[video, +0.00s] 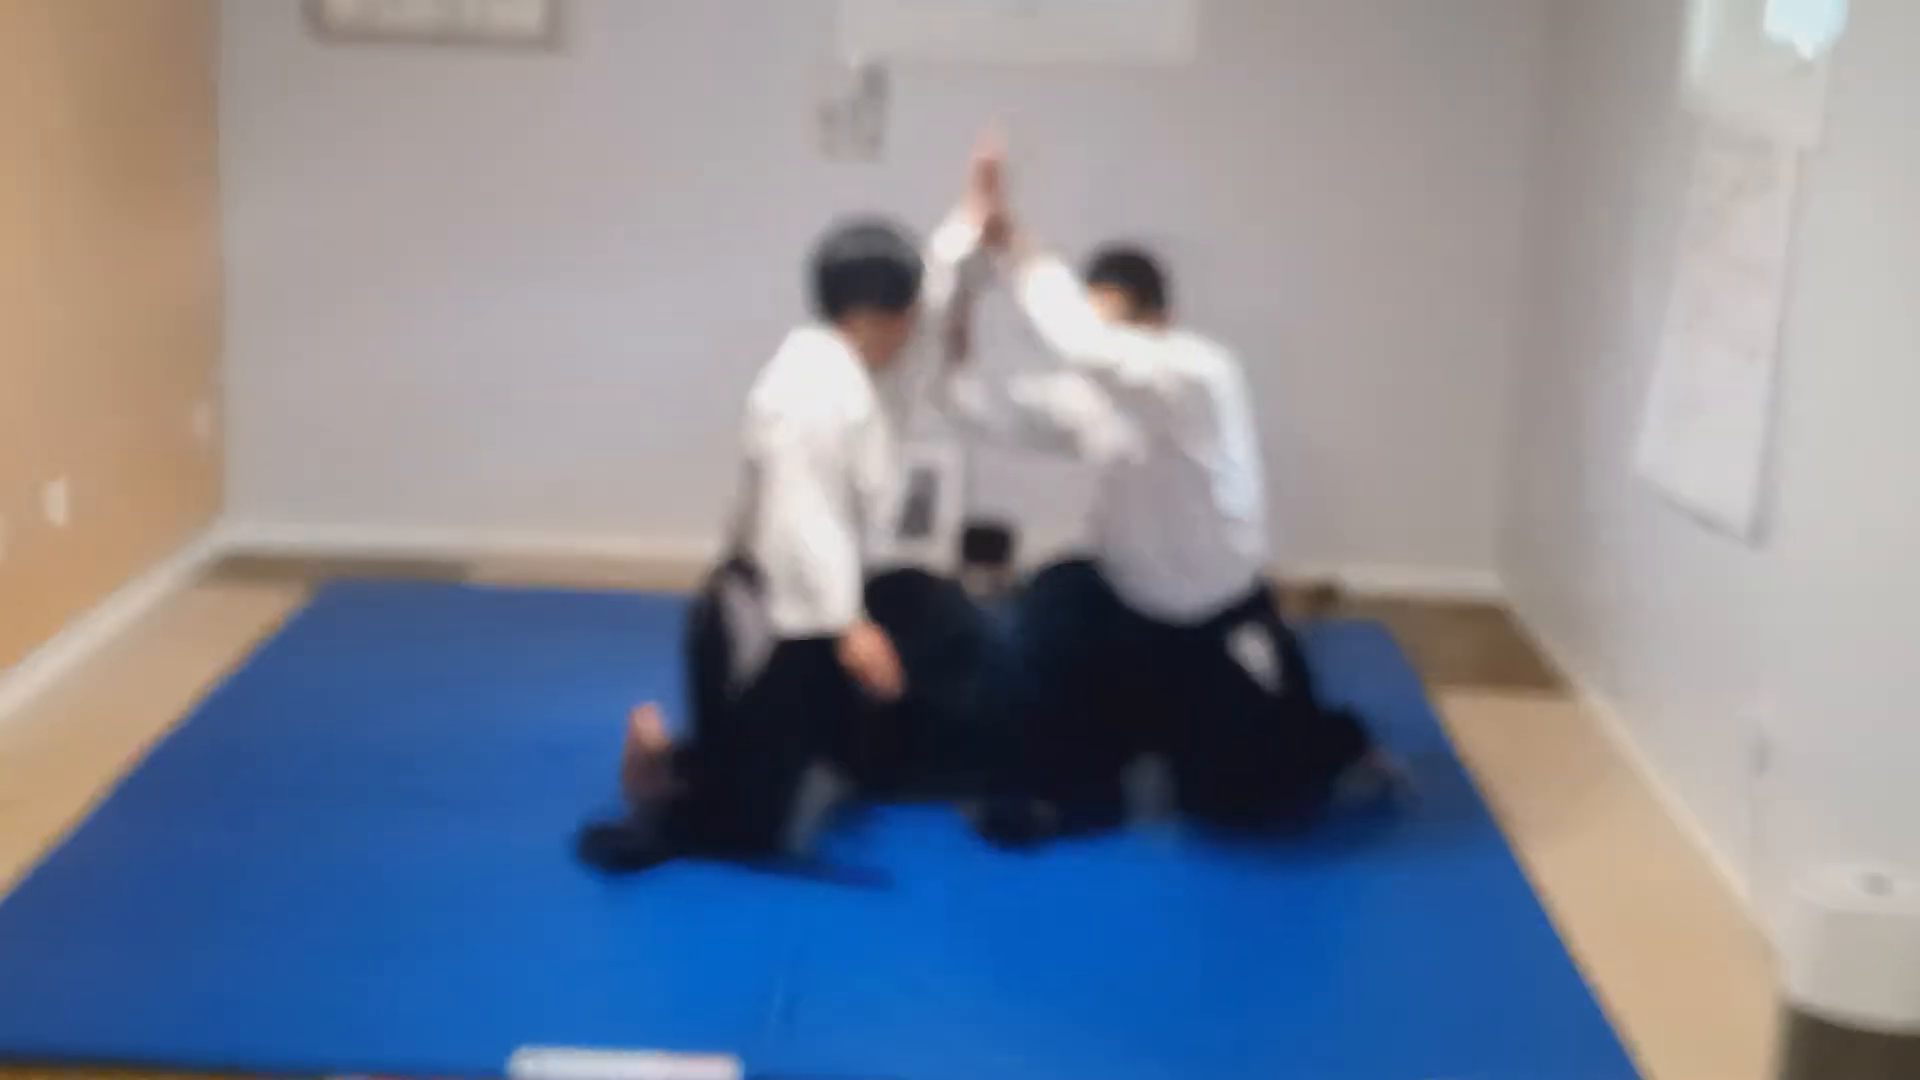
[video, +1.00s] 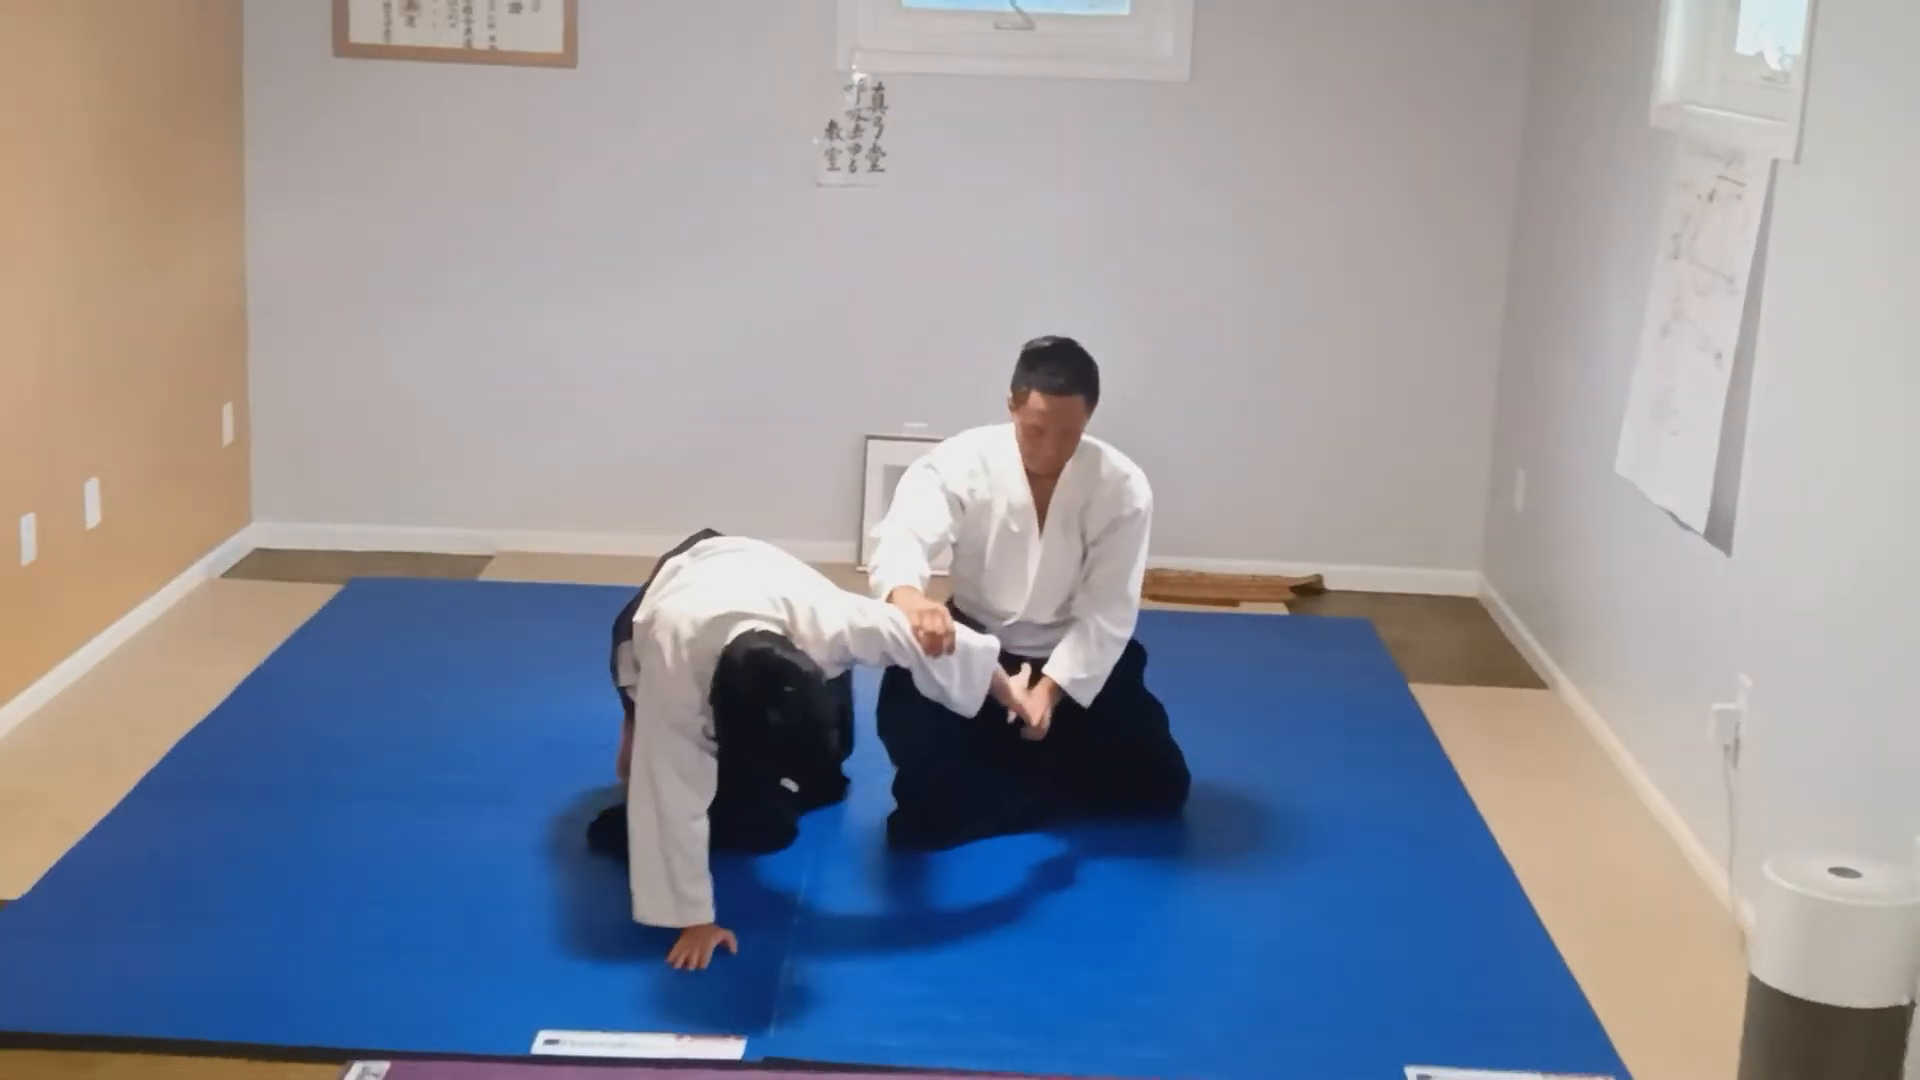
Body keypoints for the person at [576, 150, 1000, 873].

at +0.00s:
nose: (912, 324)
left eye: (911, 309)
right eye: (907, 308)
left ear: (852, 303)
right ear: (872, 310)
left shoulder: (836, 365)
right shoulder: (815, 381)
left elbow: (912, 300)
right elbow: (800, 509)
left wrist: (968, 222)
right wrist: (847, 621)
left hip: (806, 597)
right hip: (771, 612)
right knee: (758, 822)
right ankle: (663, 776)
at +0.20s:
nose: (808, 348)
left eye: (819, 327)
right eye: (793, 330)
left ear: (844, 316)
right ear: (772, 325)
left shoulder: (908, 396)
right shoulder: (754, 419)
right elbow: (749, 547)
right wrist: (830, 634)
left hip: (949, 610)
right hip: (834, 610)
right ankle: (668, 798)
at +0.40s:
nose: (806, 444)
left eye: (805, 426)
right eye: (786, 441)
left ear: (806, 403)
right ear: (744, 449)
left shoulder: (839, 416)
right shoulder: (709, 501)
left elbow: (920, 438)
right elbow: (706, 630)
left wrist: (952, 529)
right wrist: (791, 649)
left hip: (828, 614)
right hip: (742, 644)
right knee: (756, 818)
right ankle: (678, 742)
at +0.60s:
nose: (794, 589)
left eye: (789, 581)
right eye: (773, 591)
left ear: (791, 548)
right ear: (727, 590)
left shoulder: (814, 527)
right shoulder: (685, 607)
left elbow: (922, 559)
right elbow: (694, 725)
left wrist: (1013, 658)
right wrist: (720, 846)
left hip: (777, 667)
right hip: (697, 677)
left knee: (776, 815)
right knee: (697, 822)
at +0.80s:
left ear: (813, 676)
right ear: (738, 713)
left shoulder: (826, 619)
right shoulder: (681, 657)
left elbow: (929, 626)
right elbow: (678, 781)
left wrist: (1020, 681)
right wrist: (694, 918)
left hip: (749, 557)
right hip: (662, 606)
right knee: (763, 823)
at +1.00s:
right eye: (786, 759)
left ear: (813, 681)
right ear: (737, 716)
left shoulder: (822, 623)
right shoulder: (679, 665)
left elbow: (912, 633)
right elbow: (675, 791)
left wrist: (1005, 685)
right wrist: (695, 918)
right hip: (667, 598)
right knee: (764, 828)